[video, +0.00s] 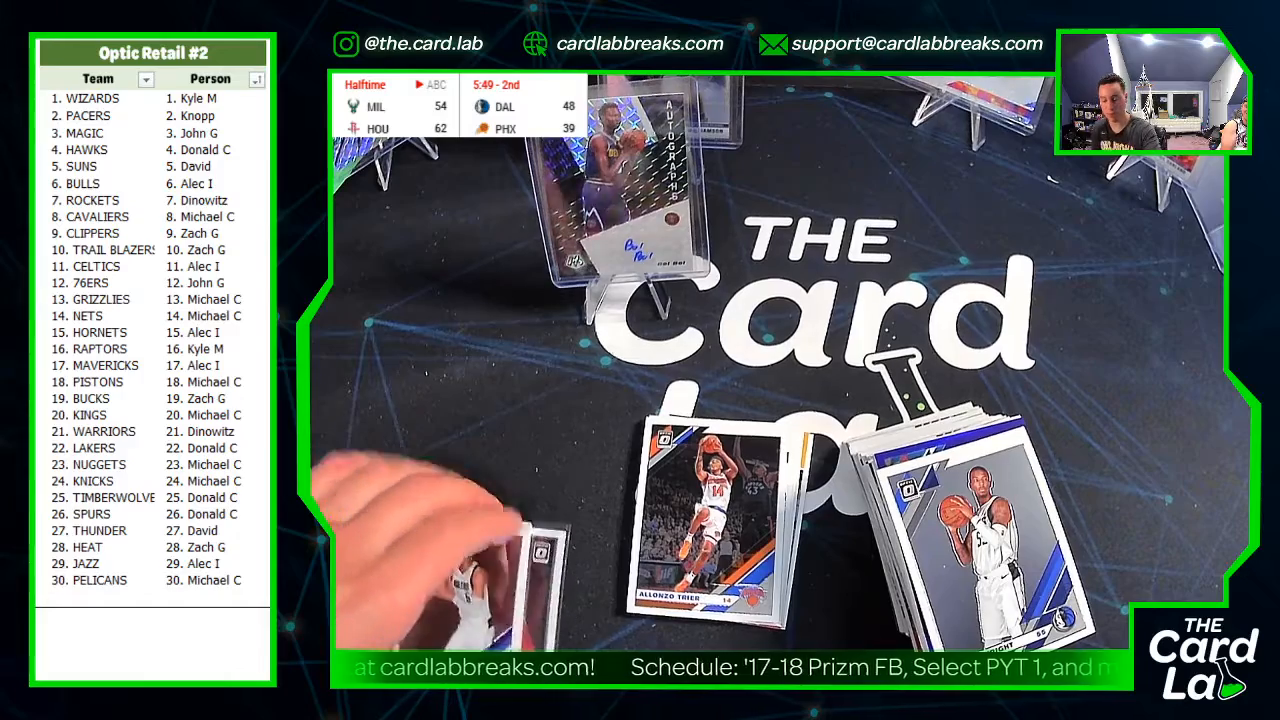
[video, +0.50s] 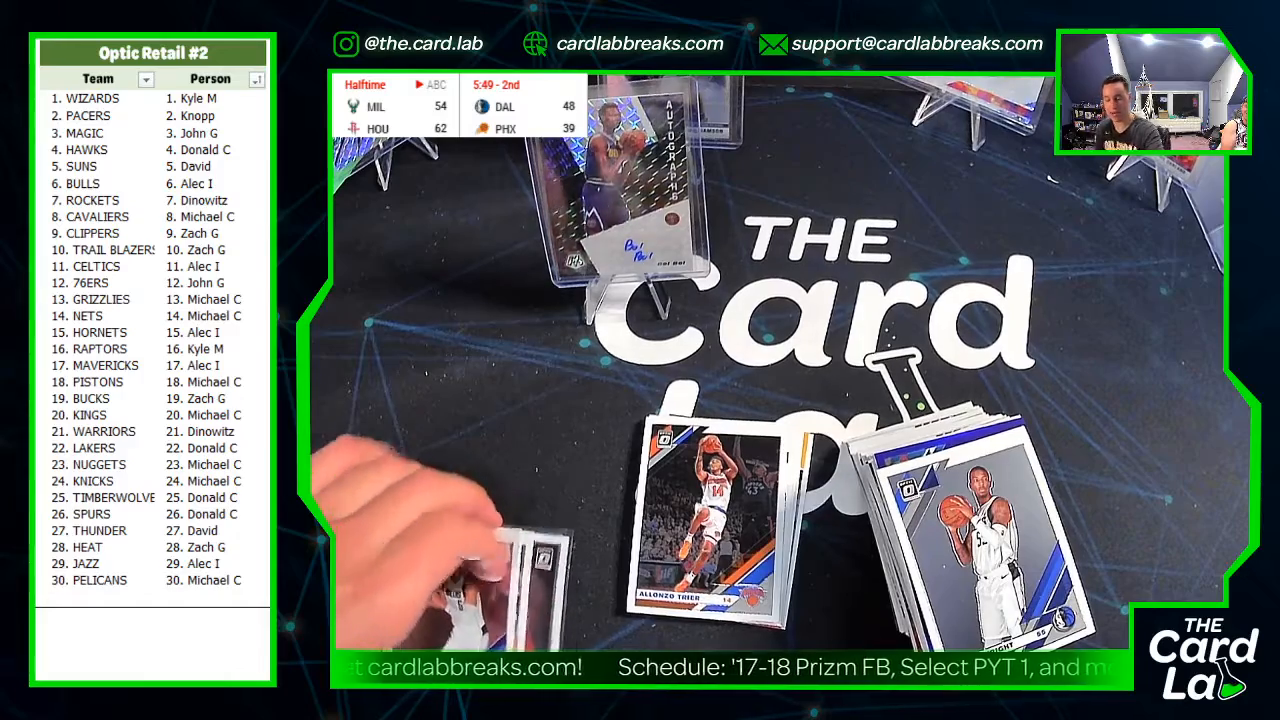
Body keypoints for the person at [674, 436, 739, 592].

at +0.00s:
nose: (714, 464)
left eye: (717, 462)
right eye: (712, 462)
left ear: (721, 465)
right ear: (709, 465)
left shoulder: (727, 476)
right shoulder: (706, 477)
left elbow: (734, 469)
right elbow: (699, 471)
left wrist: (722, 452)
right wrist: (700, 451)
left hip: (720, 513)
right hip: (706, 507)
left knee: (707, 550)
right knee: (704, 511)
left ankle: (688, 578)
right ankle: (688, 540)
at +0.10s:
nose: (714, 464)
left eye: (717, 462)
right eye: (712, 462)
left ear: (721, 465)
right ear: (709, 465)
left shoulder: (727, 476)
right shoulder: (706, 477)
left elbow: (734, 469)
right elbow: (699, 471)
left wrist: (721, 452)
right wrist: (700, 451)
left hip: (720, 513)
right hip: (706, 508)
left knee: (707, 550)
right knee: (704, 512)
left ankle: (688, 579)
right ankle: (688, 540)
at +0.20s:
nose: (714, 464)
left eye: (717, 462)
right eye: (712, 462)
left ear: (721, 465)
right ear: (709, 465)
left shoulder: (727, 476)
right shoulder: (706, 477)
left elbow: (734, 469)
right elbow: (699, 471)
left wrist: (721, 452)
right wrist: (700, 451)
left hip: (720, 513)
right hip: (706, 507)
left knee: (707, 550)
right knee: (704, 512)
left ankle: (688, 578)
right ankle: (688, 540)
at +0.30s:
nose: (714, 464)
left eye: (717, 462)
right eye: (712, 462)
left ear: (721, 465)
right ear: (709, 465)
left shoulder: (727, 476)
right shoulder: (706, 477)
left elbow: (734, 469)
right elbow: (699, 471)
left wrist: (721, 452)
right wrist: (700, 451)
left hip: (720, 513)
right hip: (706, 508)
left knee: (707, 550)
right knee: (704, 512)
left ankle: (688, 579)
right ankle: (688, 540)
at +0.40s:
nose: (714, 464)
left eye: (717, 462)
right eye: (712, 462)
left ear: (721, 465)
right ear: (709, 465)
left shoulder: (727, 476)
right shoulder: (706, 477)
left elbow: (734, 469)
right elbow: (699, 471)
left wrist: (721, 452)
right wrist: (700, 451)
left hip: (720, 513)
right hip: (706, 508)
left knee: (707, 550)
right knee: (704, 512)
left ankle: (688, 579)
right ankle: (688, 540)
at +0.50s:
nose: (714, 464)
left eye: (717, 462)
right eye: (713, 462)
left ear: (721, 465)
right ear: (709, 465)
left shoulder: (727, 476)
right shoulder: (706, 477)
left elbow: (734, 469)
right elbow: (699, 471)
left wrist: (721, 452)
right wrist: (700, 451)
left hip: (720, 513)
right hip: (706, 507)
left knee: (707, 550)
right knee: (704, 512)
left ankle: (688, 579)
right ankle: (688, 540)